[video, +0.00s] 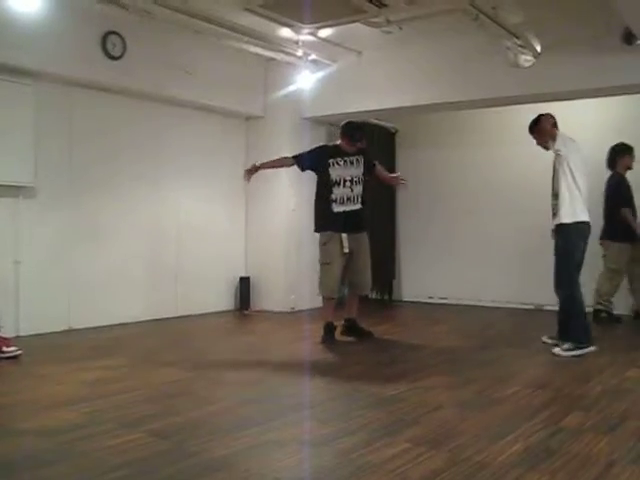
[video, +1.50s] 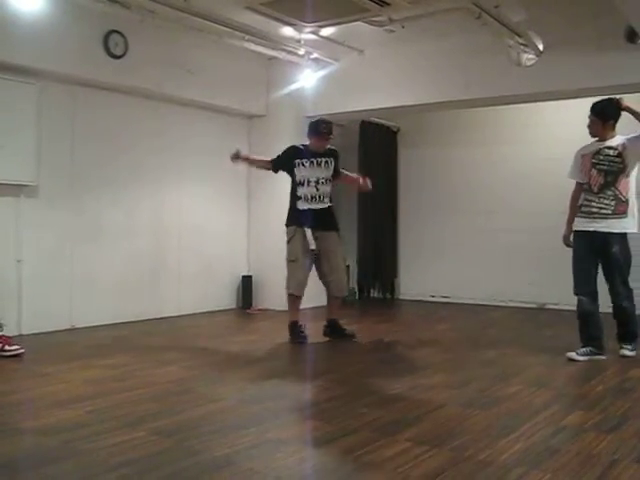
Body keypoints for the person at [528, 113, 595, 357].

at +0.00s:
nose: (538, 143)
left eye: (538, 137)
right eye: (535, 139)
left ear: (550, 126)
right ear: (550, 128)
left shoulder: (568, 149)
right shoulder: (561, 153)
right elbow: (563, 191)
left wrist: (550, 124)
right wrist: (558, 222)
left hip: (573, 223)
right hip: (566, 223)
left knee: (568, 284)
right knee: (564, 284)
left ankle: (580, 339)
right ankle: (565, 333)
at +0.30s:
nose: (550, 135)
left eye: (552, 130)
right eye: (549, 130)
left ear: (564, 127)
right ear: (562, 129)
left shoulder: (584, 147)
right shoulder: (564, 156)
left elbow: (593, 123)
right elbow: (563, 193)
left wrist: (574, 111)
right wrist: (558, 224)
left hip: (588, 222)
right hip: (568, 224)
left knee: (598, 280)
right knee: (564, 282)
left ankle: (620, 334)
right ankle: (568, 333)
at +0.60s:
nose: (582, 135)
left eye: (586, 131)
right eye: (582, 130)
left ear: (599, 132)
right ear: (583, 131)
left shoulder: (616, 153)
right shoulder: (576, 158)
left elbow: (639, 133)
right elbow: (568, 192)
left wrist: (614, 117)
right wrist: (557, 223)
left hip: (613, 229)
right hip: (584, 231)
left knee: (621, 287)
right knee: (574, 285)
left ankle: (625, 339)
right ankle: (568, 332)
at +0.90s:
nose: (604, 130)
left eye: (609, 127)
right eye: (605, 125)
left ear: (622, 129)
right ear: (607, 125)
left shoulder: (635, 153)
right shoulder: (593, 153)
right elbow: (584, 186)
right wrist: (574, 216)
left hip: (628, 230)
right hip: (596, 228)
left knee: (627, 288)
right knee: (585, 281)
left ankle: (625, 340)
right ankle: (581, 335)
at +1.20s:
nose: (606, 130)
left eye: (611, 127)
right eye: (606, 125)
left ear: (624, 130)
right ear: (610, 124)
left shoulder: (637, 152)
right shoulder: (595, 153)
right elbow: (587, 188)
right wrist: (576, 222)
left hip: (630, 232)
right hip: (598, 230)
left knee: (630, 291)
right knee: (594, 289)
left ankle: (629, 340)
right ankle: (594, 343)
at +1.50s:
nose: (588, 124)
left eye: (592, 120)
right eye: (589, 119)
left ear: (607, 122)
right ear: (603, 122)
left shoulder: (627, 148)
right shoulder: (584, 152)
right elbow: (578, 191)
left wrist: (628, 108)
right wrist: (569, 227)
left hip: (614, 232)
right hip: (583, 231)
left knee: (619, 289)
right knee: (585, 292)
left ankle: (629, 340)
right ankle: (592, 345)